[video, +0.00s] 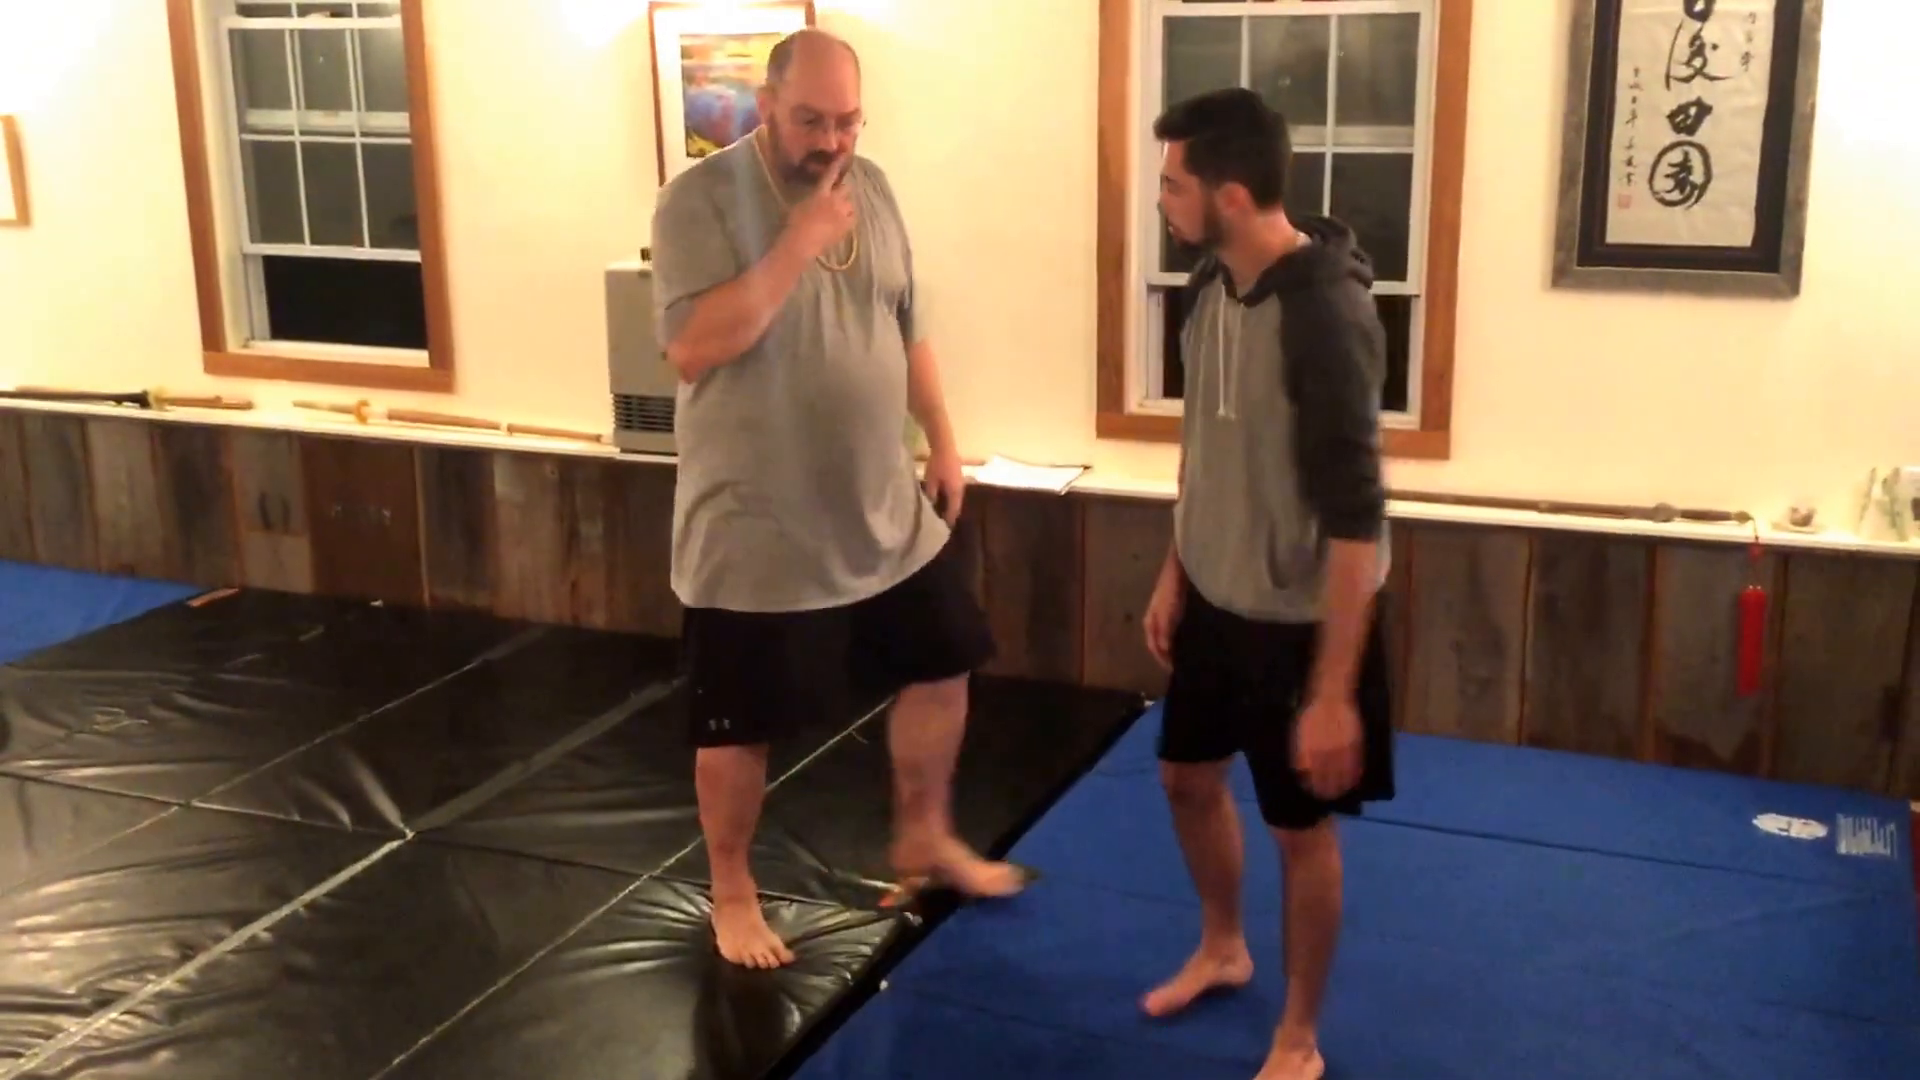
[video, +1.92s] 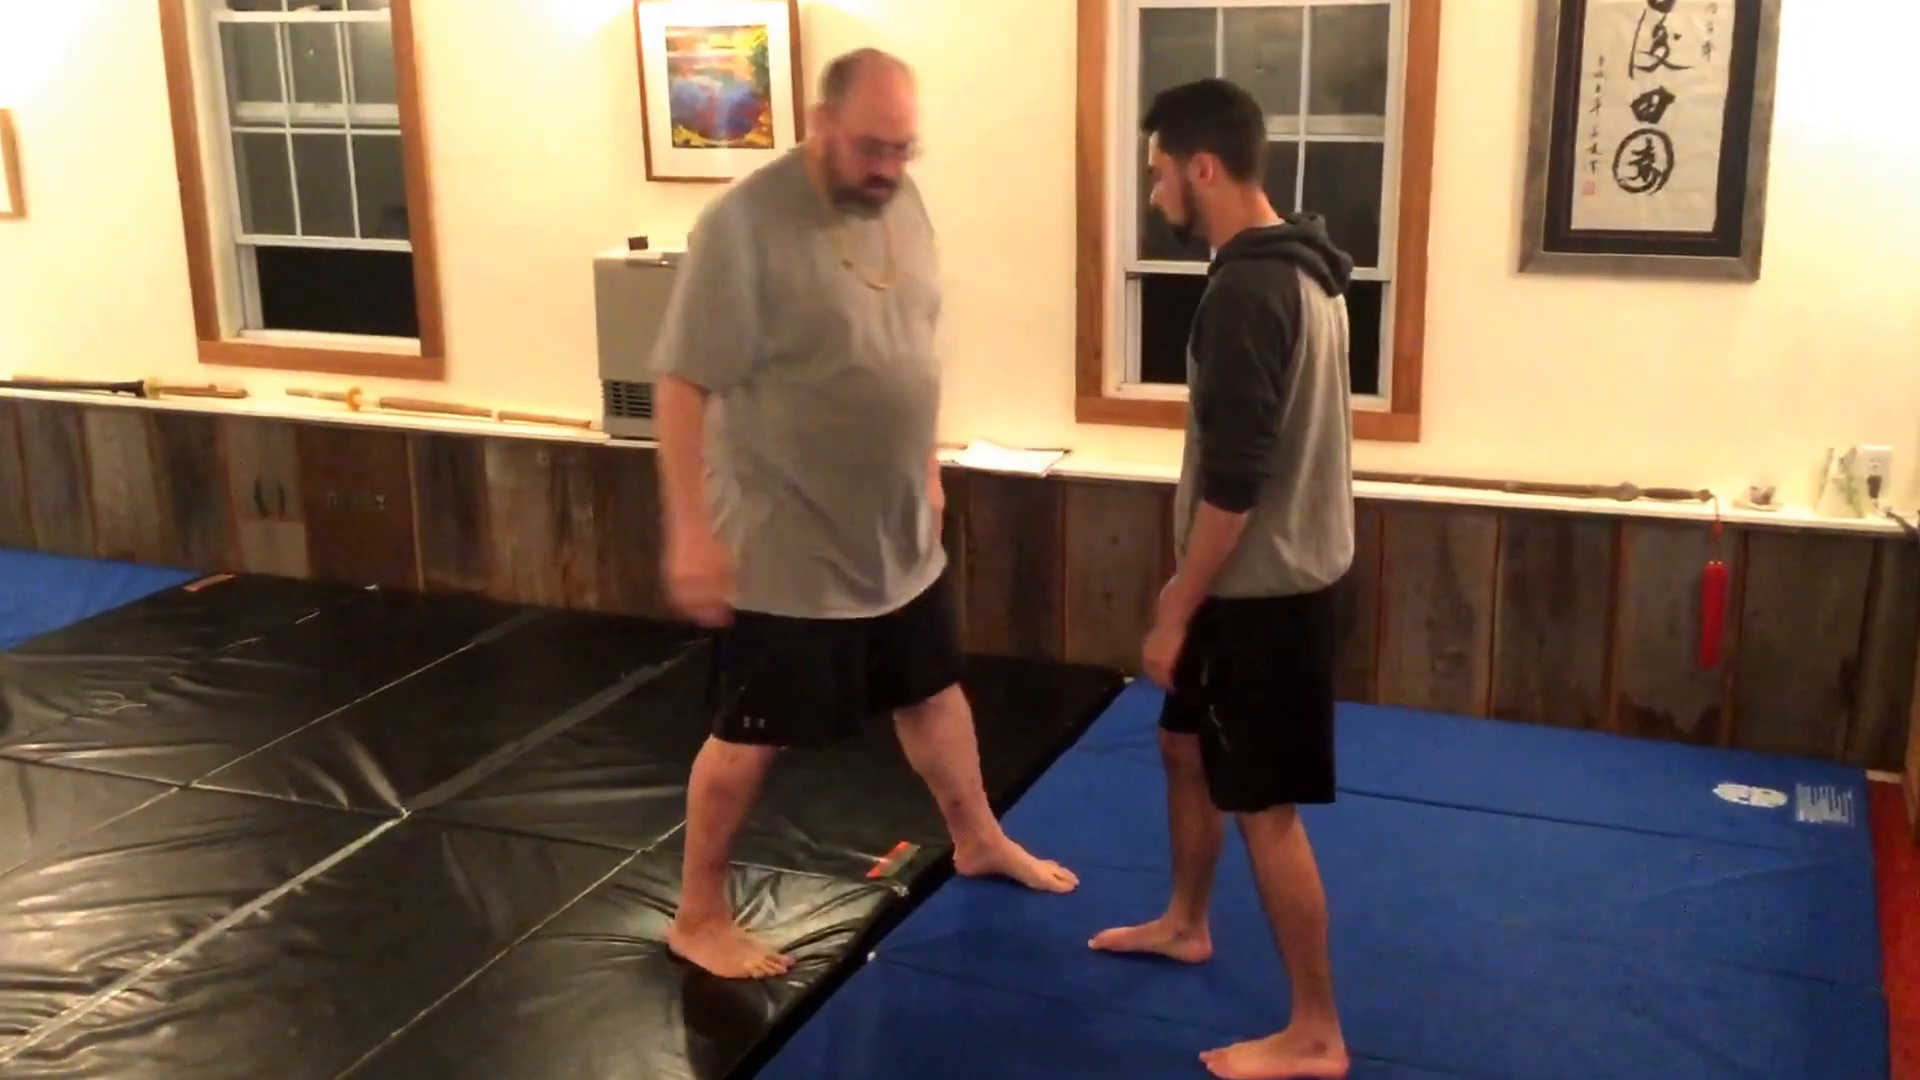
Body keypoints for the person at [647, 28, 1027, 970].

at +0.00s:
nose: (833, 140)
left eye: (846, 120)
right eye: (812, 119)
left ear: (860, 109)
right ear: (764, 103)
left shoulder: (871, 191)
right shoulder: (696, 201)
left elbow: (908, 331)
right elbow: (690, 349)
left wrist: (943, 444)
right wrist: (794, 247)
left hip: (878, 493)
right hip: (748, 508)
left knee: (941, 661)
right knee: (735, 719)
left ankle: (922, 838)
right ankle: (732, 890)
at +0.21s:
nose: (897, 154)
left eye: (909, 136)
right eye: (881, 132)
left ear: (917, 128)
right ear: (824, 112)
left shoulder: (901, 201)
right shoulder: (748, 206)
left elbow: (922, 340)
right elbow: (711, 362)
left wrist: (950, 449)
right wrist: (854, 316)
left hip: (901, 501)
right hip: (780, 515)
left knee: (945, 685)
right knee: (756, 720)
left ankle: (990, 856)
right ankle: (732, 892)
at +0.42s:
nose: (991, 172)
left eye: (1003, 154)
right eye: (980, 150)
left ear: (1002, 139)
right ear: (925, 121)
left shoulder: (972, 209)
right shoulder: (825, 206)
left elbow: (976, 353)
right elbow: (759, 351)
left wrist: (999, 461)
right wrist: (853, 463)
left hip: (954, 519)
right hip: (831, 526)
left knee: (969, 688)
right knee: (784, 715)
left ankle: (992, 859)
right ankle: (736, 881)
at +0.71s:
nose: (1086, 185)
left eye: (1099, 169)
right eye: (1078, 162)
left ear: (1102, 150)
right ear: (1030, 121)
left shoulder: (1064, 211)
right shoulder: (915, 191)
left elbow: (1078, 342)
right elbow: (826, 324)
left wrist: (1118, 448)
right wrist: (811, 473)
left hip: (1009, 497)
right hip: (906, 496)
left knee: (995, 677)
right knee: (910, 683)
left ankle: (990, 851)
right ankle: (856, 836)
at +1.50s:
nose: (1064, 195)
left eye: (1079, 180)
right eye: (1055, 173)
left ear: (1082, 167)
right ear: (1004, 134)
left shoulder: (1034, 211)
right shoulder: (904, 199)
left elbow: (1028, 348)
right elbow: (830, 349)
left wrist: (1075, 438)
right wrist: (877, 492)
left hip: (973, 514)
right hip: (857, 513)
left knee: (993, 673)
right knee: (799, 695)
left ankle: (983, 842)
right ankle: (716, 887)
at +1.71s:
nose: (965, 190)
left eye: (978, 172)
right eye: (954, 168)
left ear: (984, 158)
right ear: (897, 138)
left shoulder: (946, 219)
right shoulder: (808, 224)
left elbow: (963, 351)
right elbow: (750, 380)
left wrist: (1006, 456)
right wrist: (802, 521)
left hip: (930, 533)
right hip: (818, 543)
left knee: (969, 685)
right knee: (766, 729)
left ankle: (981, 840)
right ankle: (703, 910)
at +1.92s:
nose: (890, 169)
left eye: (904, 149)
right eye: (873, 147)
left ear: (914, 136)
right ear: (819, 124)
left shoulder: (908, 210)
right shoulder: (744, 221)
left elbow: (912, 361)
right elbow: (680, 383)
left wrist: (927, 476)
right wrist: (690, 533)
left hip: (896, 521)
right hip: (784, 539)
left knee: (932, 692)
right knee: (747, 735)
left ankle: (979, 840)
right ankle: (699, 914)